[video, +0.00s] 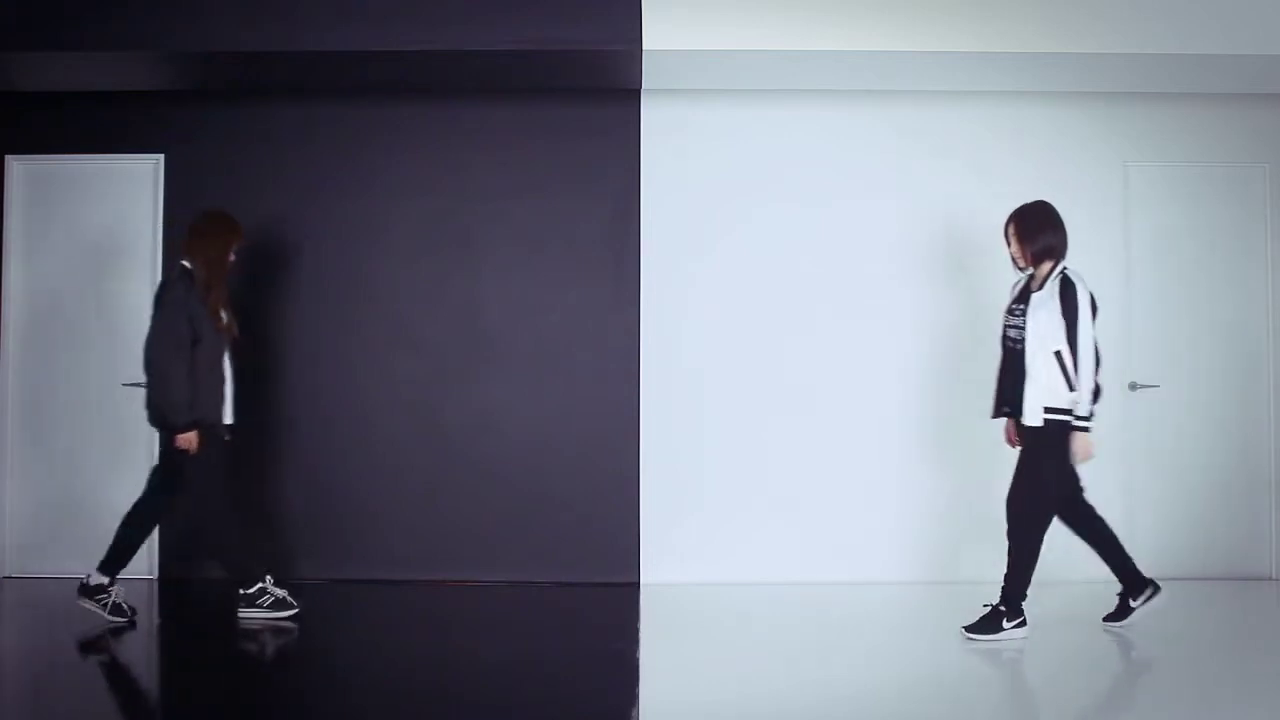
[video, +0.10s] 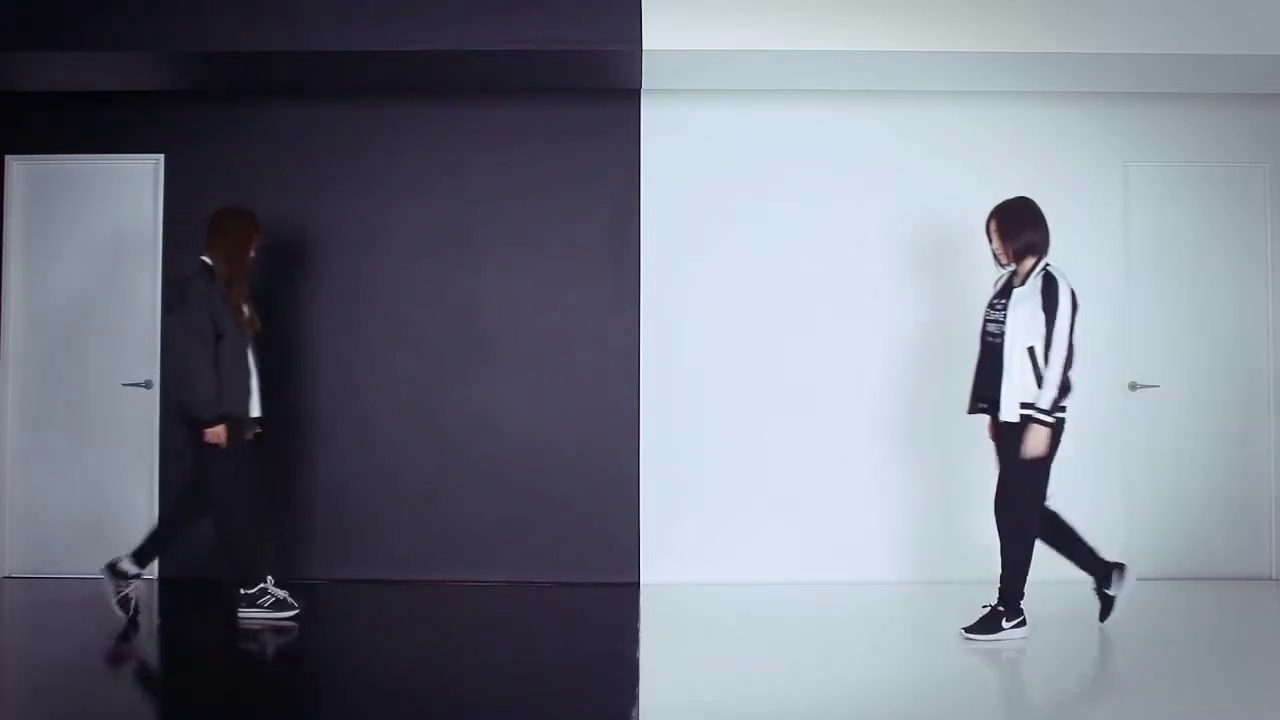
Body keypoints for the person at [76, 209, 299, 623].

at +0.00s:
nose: (233, 260)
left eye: (234, 251)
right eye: (229, 251)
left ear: (204, 248)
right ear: (210, 249)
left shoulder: (209, 290)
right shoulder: (179, 290)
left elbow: (213, 359)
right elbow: (166, 359)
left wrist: (225, 418)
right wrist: (180, 422)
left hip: (213, 421)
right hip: (192, 423)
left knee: (154, 503)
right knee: (226, 506)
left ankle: (100, 582)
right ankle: (251, 590)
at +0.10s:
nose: (253, 257)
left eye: (255, 249)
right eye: (249, 248)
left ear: (226, 247)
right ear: (229, 246)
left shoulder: (232, 288)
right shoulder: (199, 287)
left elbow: (238, 360)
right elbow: (194, 358)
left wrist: (251, 414)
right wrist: (209, 416)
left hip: (241, 420)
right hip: (220, 423)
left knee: (197, 501)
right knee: (239, 504)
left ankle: (131, 565)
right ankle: (253, 590)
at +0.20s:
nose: (273, 254)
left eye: (274, 245)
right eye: (269, 244)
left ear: (242, 240)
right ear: (252, 242)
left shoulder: (248, 284)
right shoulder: (223, 285)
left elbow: (258, 357)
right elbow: (220, 355)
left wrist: (273, 412)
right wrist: (235, 413)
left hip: (260, 416)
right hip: (241, 418)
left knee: (245, 501)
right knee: (248, 503)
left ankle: (181, 553)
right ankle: (253, 592)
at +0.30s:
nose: (291, 253)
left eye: (292, 245)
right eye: (288, 244)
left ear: (259, 238)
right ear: (272, 241)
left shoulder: (261, 281)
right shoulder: (240, 281)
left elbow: (271, 352)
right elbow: (240, 351)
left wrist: (289, 408)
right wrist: (256, 410)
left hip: (279, 413)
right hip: (257, 415)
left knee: (295, 491)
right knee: (258, 497)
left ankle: (233, 546)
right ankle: (256, 591)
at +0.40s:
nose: (308, 253)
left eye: (309, 245)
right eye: (305, 244)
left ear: (278, 239)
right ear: (287, 240)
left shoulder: (281, 281)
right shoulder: (256, 280)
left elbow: (289, 353)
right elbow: (252, 350)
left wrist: (305, 406)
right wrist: (271, 408)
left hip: (296, 413)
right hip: (267, 414)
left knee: (331, 474)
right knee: (260, 496)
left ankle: (296, 552)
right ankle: (254, 590)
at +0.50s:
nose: (325, 253)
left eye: (325, 244)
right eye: (321, 244)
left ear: (291, 237)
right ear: (305, 242)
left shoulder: (295, 281)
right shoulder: (270, 279)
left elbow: (302, 350)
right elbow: (266, 349)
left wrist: (322, 405)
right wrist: (284, 409)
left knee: (349, 479)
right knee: (270, 497)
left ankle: (345, 567)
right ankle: (256, 589)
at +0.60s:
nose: (340, 258)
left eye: (341, 250)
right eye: (337, 249)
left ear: (310, 243)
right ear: (320, 246)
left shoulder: (310, 286)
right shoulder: (287, 283)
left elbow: (315, 356)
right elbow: (284, 352)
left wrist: (332, 411)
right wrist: (297, 414)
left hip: (328, 417)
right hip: (295, 418)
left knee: (359, 491)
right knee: (276, 501)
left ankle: (395, 574)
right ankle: (255, 588)